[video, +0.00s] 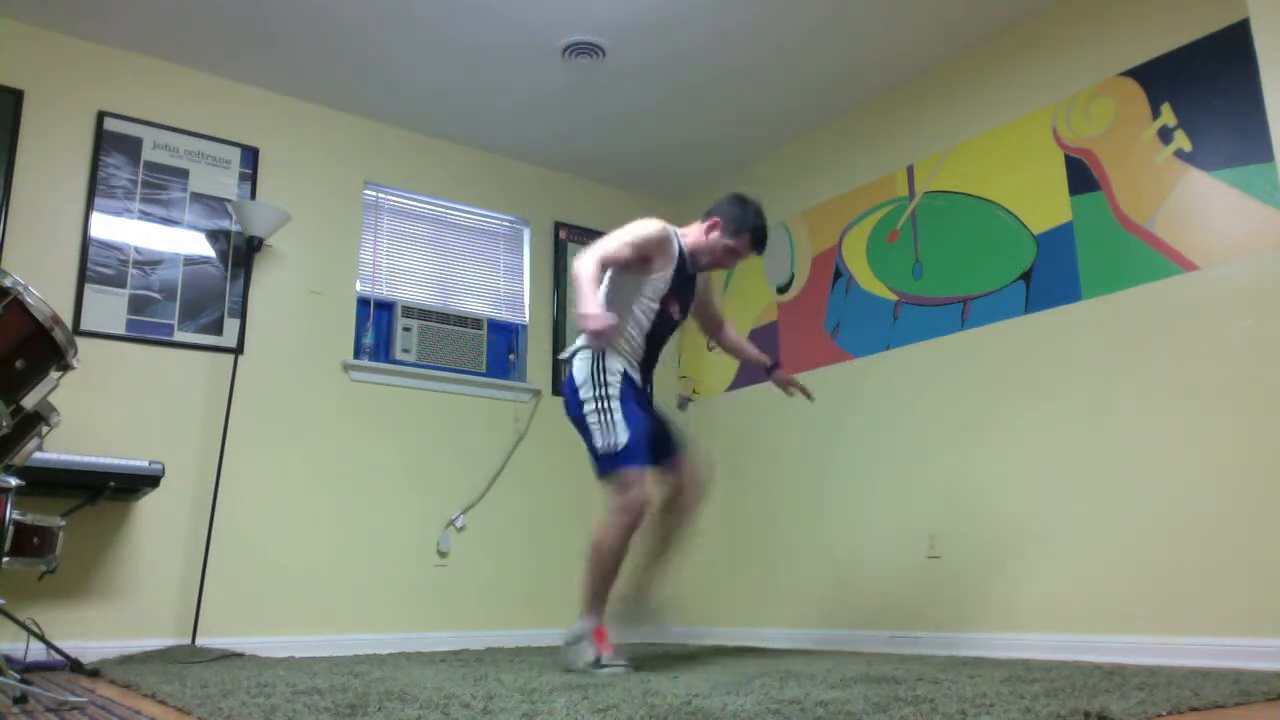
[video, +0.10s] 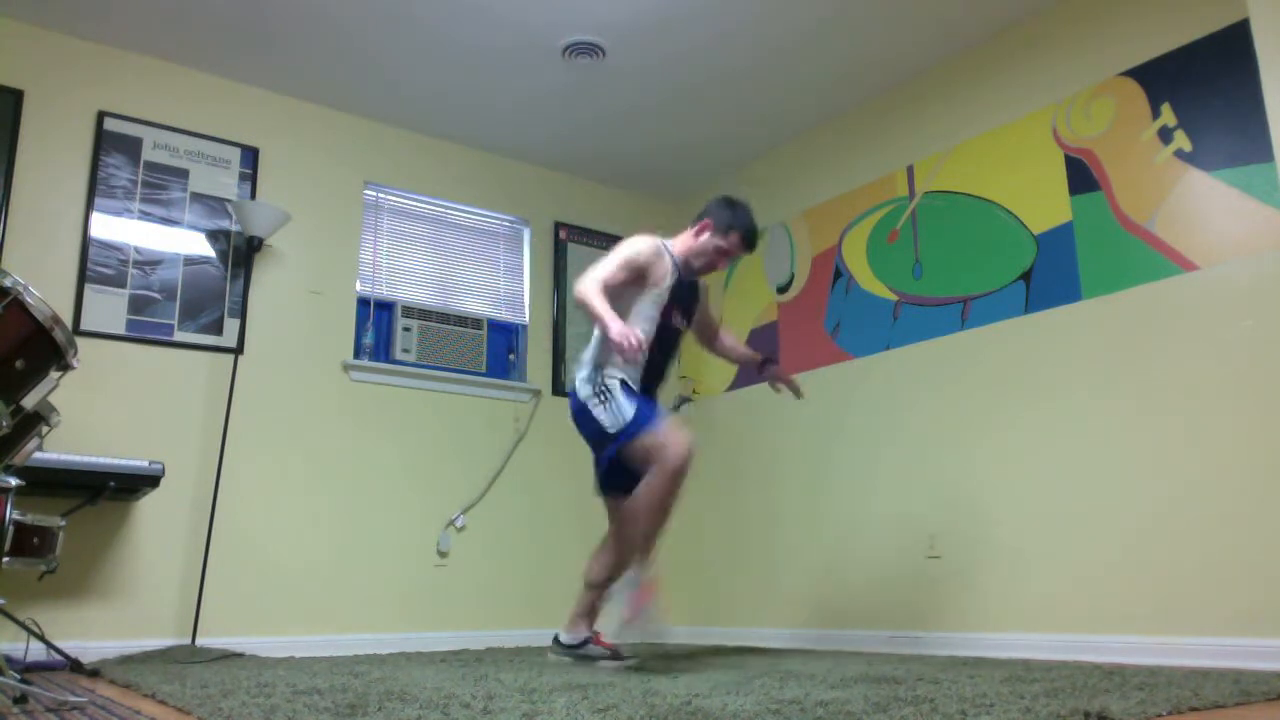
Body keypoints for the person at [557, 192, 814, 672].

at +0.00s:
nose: (726, 265)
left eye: (734, 261)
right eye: (728, 254)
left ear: (723, 241)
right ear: (711, 226)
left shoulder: (697, 277)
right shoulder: (656, 235)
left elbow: (717, 329)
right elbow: (588, 260)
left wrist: (771, 369)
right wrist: (592, 309)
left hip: (629, 380)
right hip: (597, 366)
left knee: (685, 478)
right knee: (632, 494)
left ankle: (632, 604)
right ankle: (588, 630)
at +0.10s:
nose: (721, 265)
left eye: (730, 260)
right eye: (723, 252)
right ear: (703, 228)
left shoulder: (691, 287)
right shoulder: (647, 250)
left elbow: (712, 337)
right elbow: (586, 286)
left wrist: (763, 365)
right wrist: (612, 321)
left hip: (631, 397)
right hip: (602, 387)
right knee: (672, 448)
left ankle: (575, 632)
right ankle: (631, 573)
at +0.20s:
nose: (724, 254)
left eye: (732, 248)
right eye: (725, 241)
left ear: (732, 241)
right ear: (707, 217)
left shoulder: (697, 272)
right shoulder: (652, 242)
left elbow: (705, 332)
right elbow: (594, 283)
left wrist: (747, 347)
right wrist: (613, 335)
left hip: (632, 386)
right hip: (607, 374)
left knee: (641, 511)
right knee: (696, 405)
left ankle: (588, 615)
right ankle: (694, 542)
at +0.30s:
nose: (728, 249)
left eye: (737, 243)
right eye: (728, 236)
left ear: (741, 241)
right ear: (709, 213)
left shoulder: (703, 268)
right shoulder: (663, 238)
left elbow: (705, 317)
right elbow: (600, 275)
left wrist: (737, 331)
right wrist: (607, 333)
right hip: (620, 361)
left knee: (685, 478)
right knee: (712, 425)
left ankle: (629, 571)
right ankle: (712, 565)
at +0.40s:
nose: (722, 253)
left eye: (730, 247)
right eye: (722, 240)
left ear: (729, 242)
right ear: (700, 219)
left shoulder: (688, 269)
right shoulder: (661, 252)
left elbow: (677, 315)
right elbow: (615, 282)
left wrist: (710, 329)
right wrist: (592, 329)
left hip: (649, 388)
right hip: (646, 387)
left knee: (692, 504)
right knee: (716, 498)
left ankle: (655, 603)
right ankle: (694, 632)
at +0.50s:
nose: (709, 256)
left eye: (717, 249)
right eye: (707, 243)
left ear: (721, 243)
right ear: (684, 225)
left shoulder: (680, 275)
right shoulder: (652, 268)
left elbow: (674, 330)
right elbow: (606, 309)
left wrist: (702, 331)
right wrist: (567, 350)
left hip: (674, 402)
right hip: (666, 404)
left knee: (704, 519)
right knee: (716, 521)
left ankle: (650, 597)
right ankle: (693, 637)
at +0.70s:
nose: (693, 255)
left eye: (702, 249)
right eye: (689, 242)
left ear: (710, 246)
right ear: (670, 222)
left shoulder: (700, 278)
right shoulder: (629, 242)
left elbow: (707, 329)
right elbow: (615, 278)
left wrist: (723, 378)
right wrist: (661, 302)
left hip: (642, 382)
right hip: (596, 371)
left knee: (665, 498)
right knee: (674, 393)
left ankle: (618, 603)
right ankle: (692, 504)